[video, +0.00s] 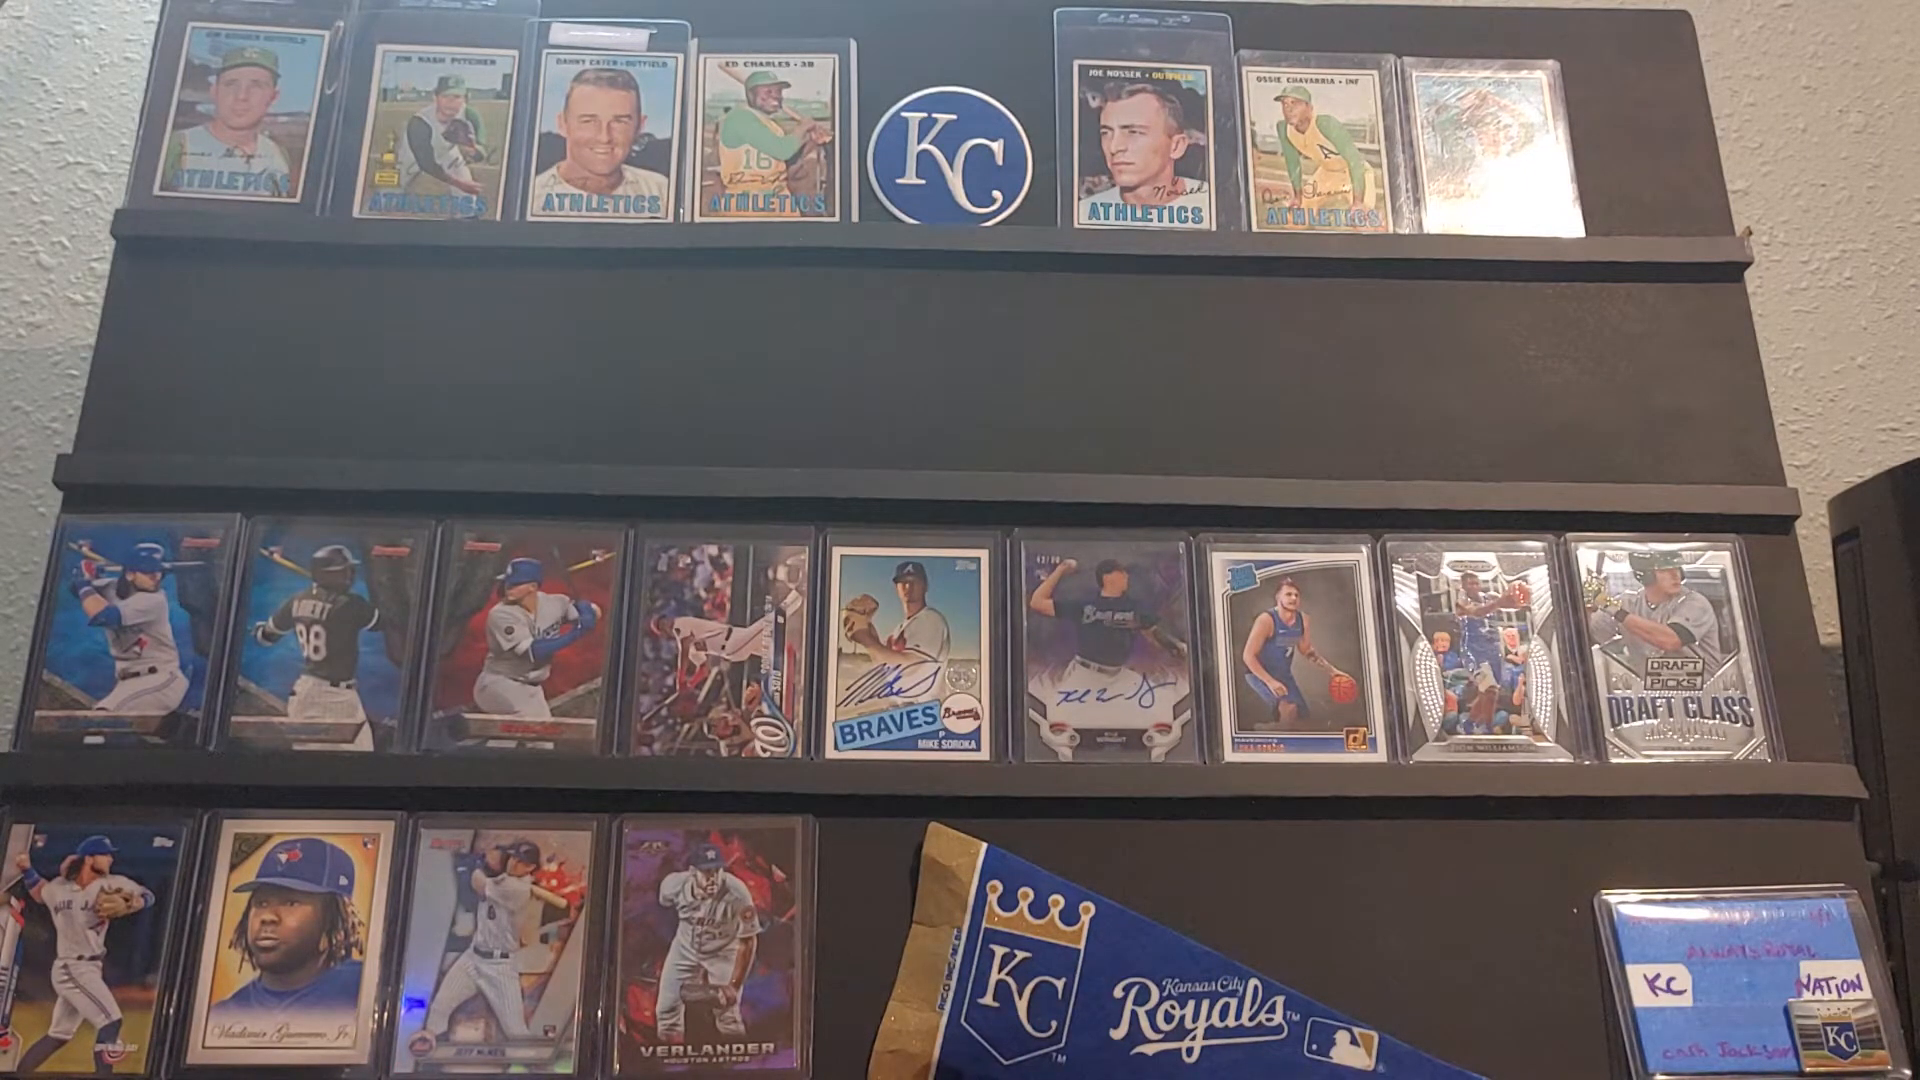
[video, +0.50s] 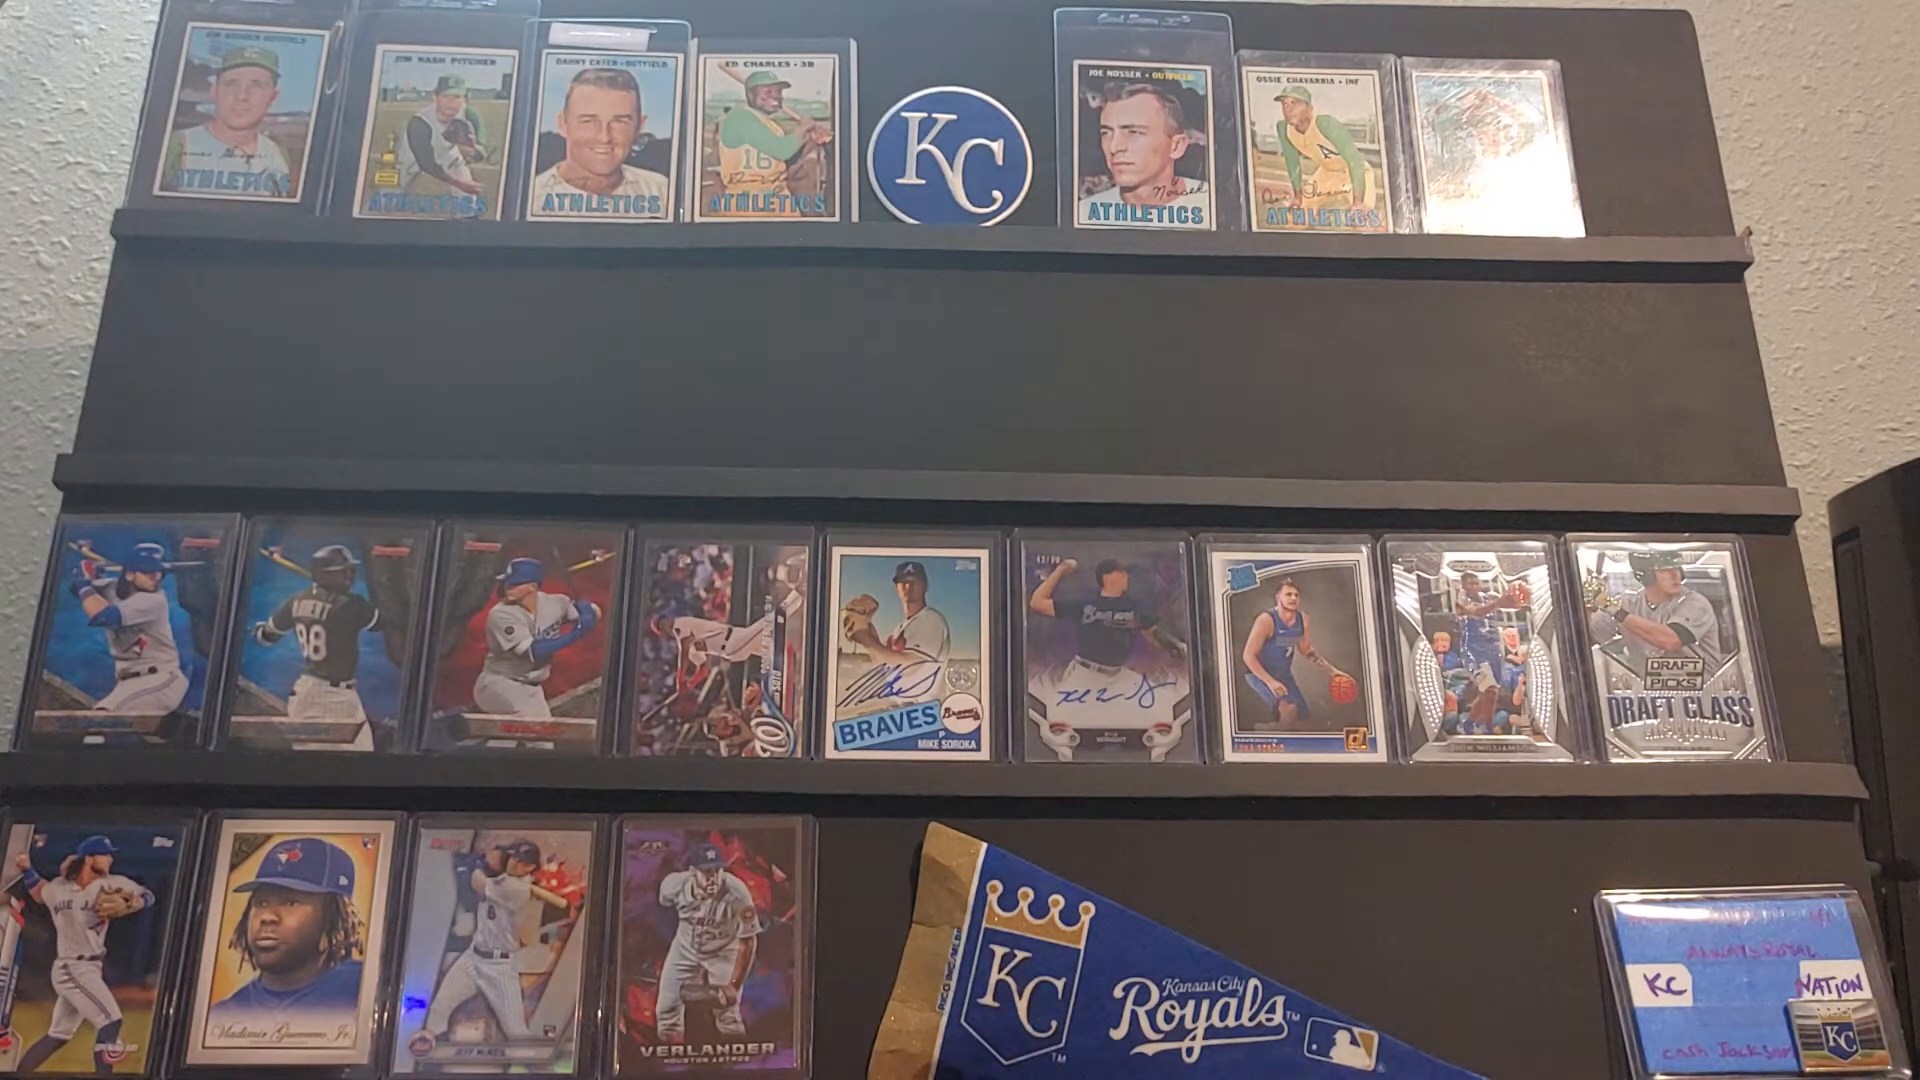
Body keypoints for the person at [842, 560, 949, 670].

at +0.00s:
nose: (907, 587)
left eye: (913, 581)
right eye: (902, 582)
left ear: (924, 586)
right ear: (896, 588)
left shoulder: (931, 619)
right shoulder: (901, 627)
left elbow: (910, 662)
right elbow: (881, 661)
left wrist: (865, 639)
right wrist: (865, 624)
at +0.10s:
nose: (907, 587)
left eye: (913, 581)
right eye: (902, 582)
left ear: (924, 586)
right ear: (896, 588)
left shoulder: (931, 619)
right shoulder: (901, 627)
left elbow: (910, 661)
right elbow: (881, 661)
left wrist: (865, 639)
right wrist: (865, 624)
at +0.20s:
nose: (907, 587)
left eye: (913, 582)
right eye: (902, 582)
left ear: (924, 586)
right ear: (896, 587)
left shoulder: (930, 619)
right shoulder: (901, 627)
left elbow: (911, 662)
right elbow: (882, 661)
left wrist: (866, 639)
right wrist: (865, 625)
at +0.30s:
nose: (907, 587)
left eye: (913, 582)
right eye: (902, 582)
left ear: (924, 586)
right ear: (896, 587)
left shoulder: (930, 619)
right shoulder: (901, 627)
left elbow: (911, 662)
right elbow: (882, 661)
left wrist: (866, 639)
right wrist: (865, 625)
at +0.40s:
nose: (907, 587)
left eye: (913, 581)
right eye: (902, 582)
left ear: (924, 586)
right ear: (896, 588)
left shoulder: (931, 619)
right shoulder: (901, 627)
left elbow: (910, 661)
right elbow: (881, 661)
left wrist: (865, 639)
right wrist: (865, 624)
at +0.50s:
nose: (907, 587)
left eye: (913, 582)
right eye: (902, 582)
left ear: (924, 586)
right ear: (896, 587)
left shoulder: (930, 619)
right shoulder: (901, 627)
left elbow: (911, 662)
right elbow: (882, 661)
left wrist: (866, 639)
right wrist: (865, 625)